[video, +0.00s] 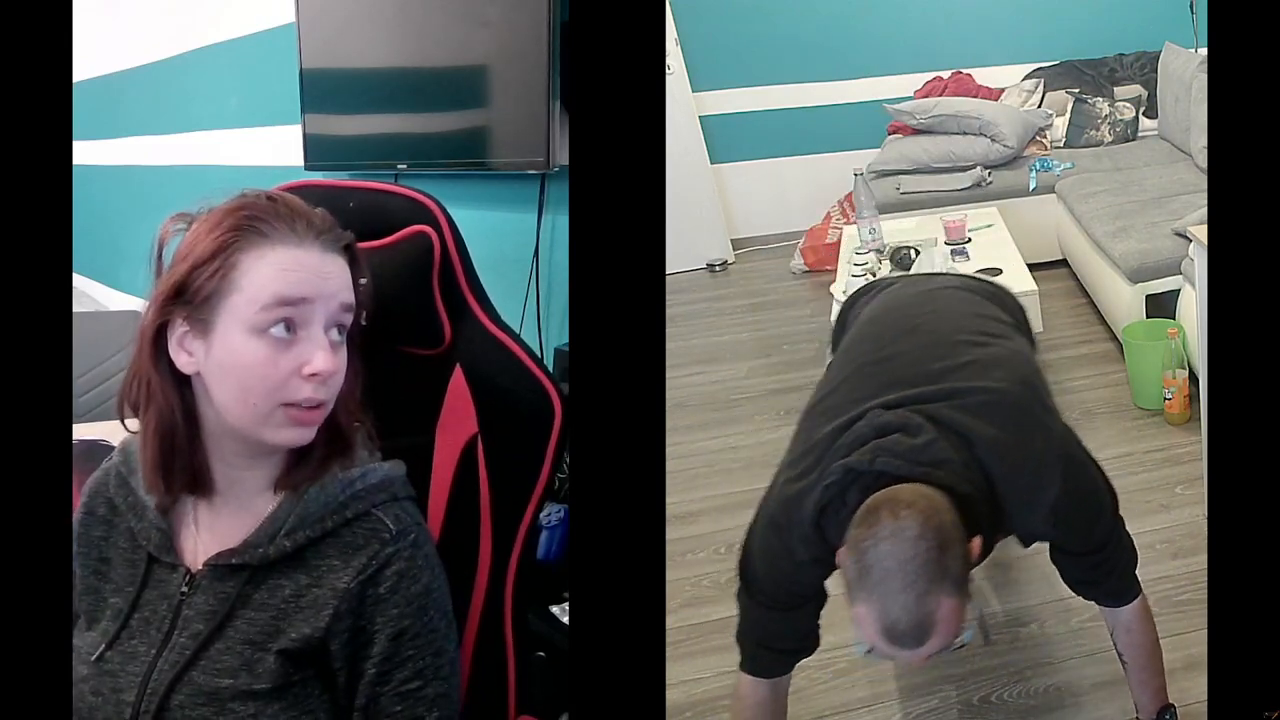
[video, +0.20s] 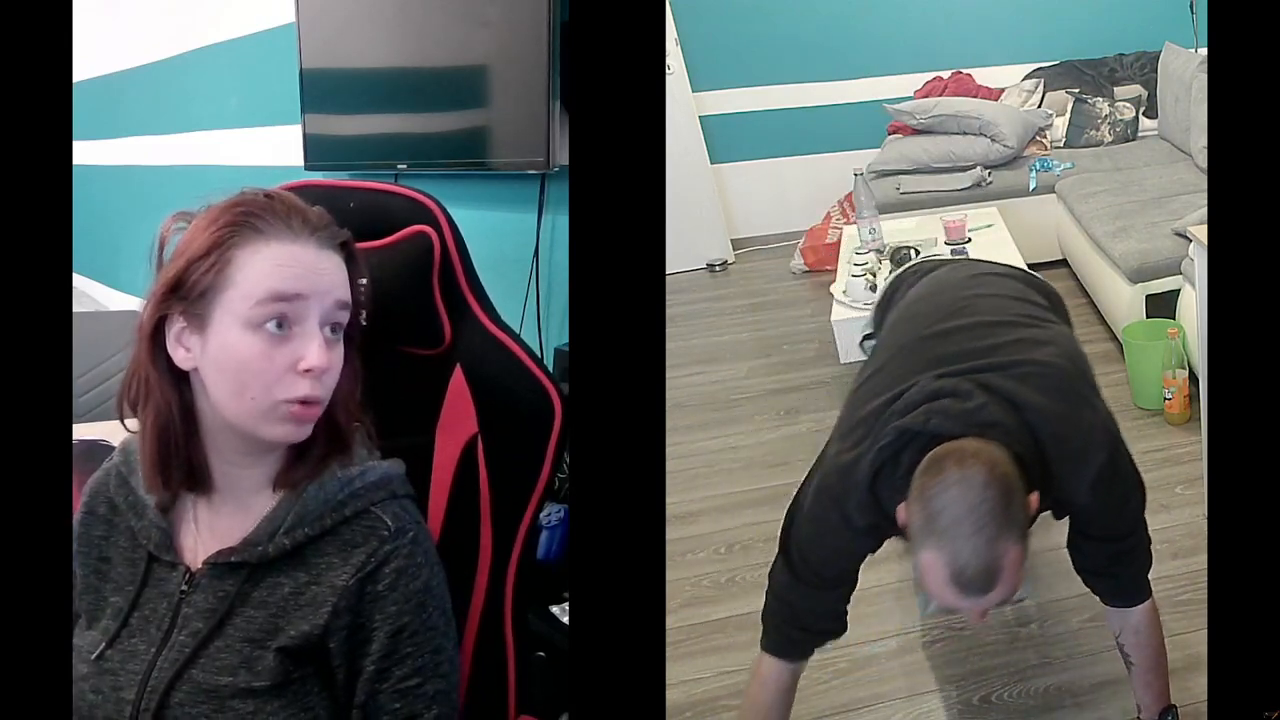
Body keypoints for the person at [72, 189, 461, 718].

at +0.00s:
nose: (325, 364)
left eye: (338, 330)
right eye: (284, 327)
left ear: (349, 339)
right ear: (187, 343)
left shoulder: (381, 551)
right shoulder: (110, 506)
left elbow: (418, 703)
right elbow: (83, 675)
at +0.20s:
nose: (318, 361)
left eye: (334, 329)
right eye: (278, 324)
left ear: (345, 344)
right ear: (184, 338)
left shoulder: (381, 548)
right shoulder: (110, 507)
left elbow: (417, 703)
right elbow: (82, 680)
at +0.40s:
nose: (316, 355)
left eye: (332, 323)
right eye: (275, 318)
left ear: (343, 342)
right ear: (183, 336)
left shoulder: (380, 548)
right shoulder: (109, 508)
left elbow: (417, 704)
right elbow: (84, 681)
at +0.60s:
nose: (312, 346)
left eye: (329, 317)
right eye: (271, 313)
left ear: (343, 337)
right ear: (181, 334)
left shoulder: (380, 548)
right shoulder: (110, 506)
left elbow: (416, 704)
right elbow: (83, 681)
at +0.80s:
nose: (306, 338)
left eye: (326, 312)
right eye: (265, 307)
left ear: (342, 335)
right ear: (180, 331)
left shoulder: (381, 550)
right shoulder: (112, 506)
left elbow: (416, 704)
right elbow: (84, 680)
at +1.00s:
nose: (299, 335)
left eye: (321, 308)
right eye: (258, 304)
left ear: (339, 333)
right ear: (179, 329)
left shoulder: (382, 545)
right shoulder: (114, 507)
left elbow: (417, 705)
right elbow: (82, 680)